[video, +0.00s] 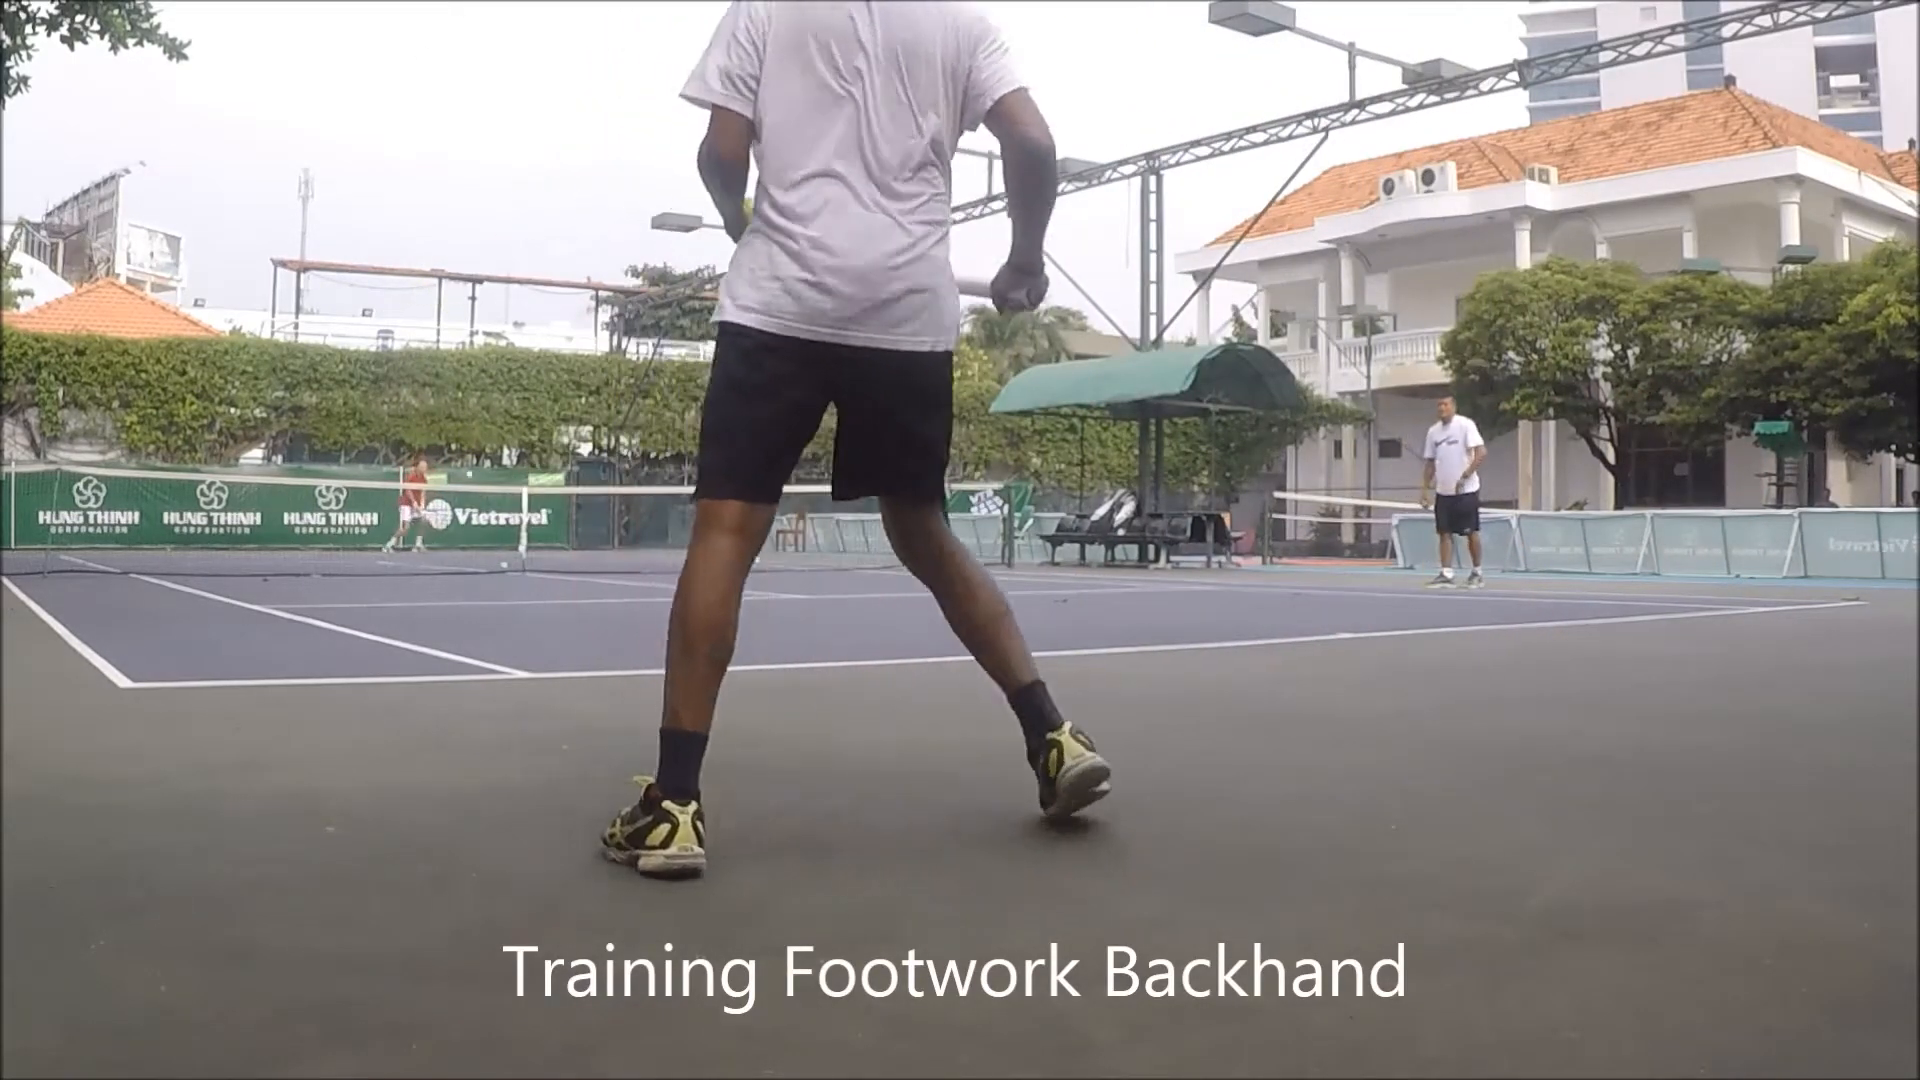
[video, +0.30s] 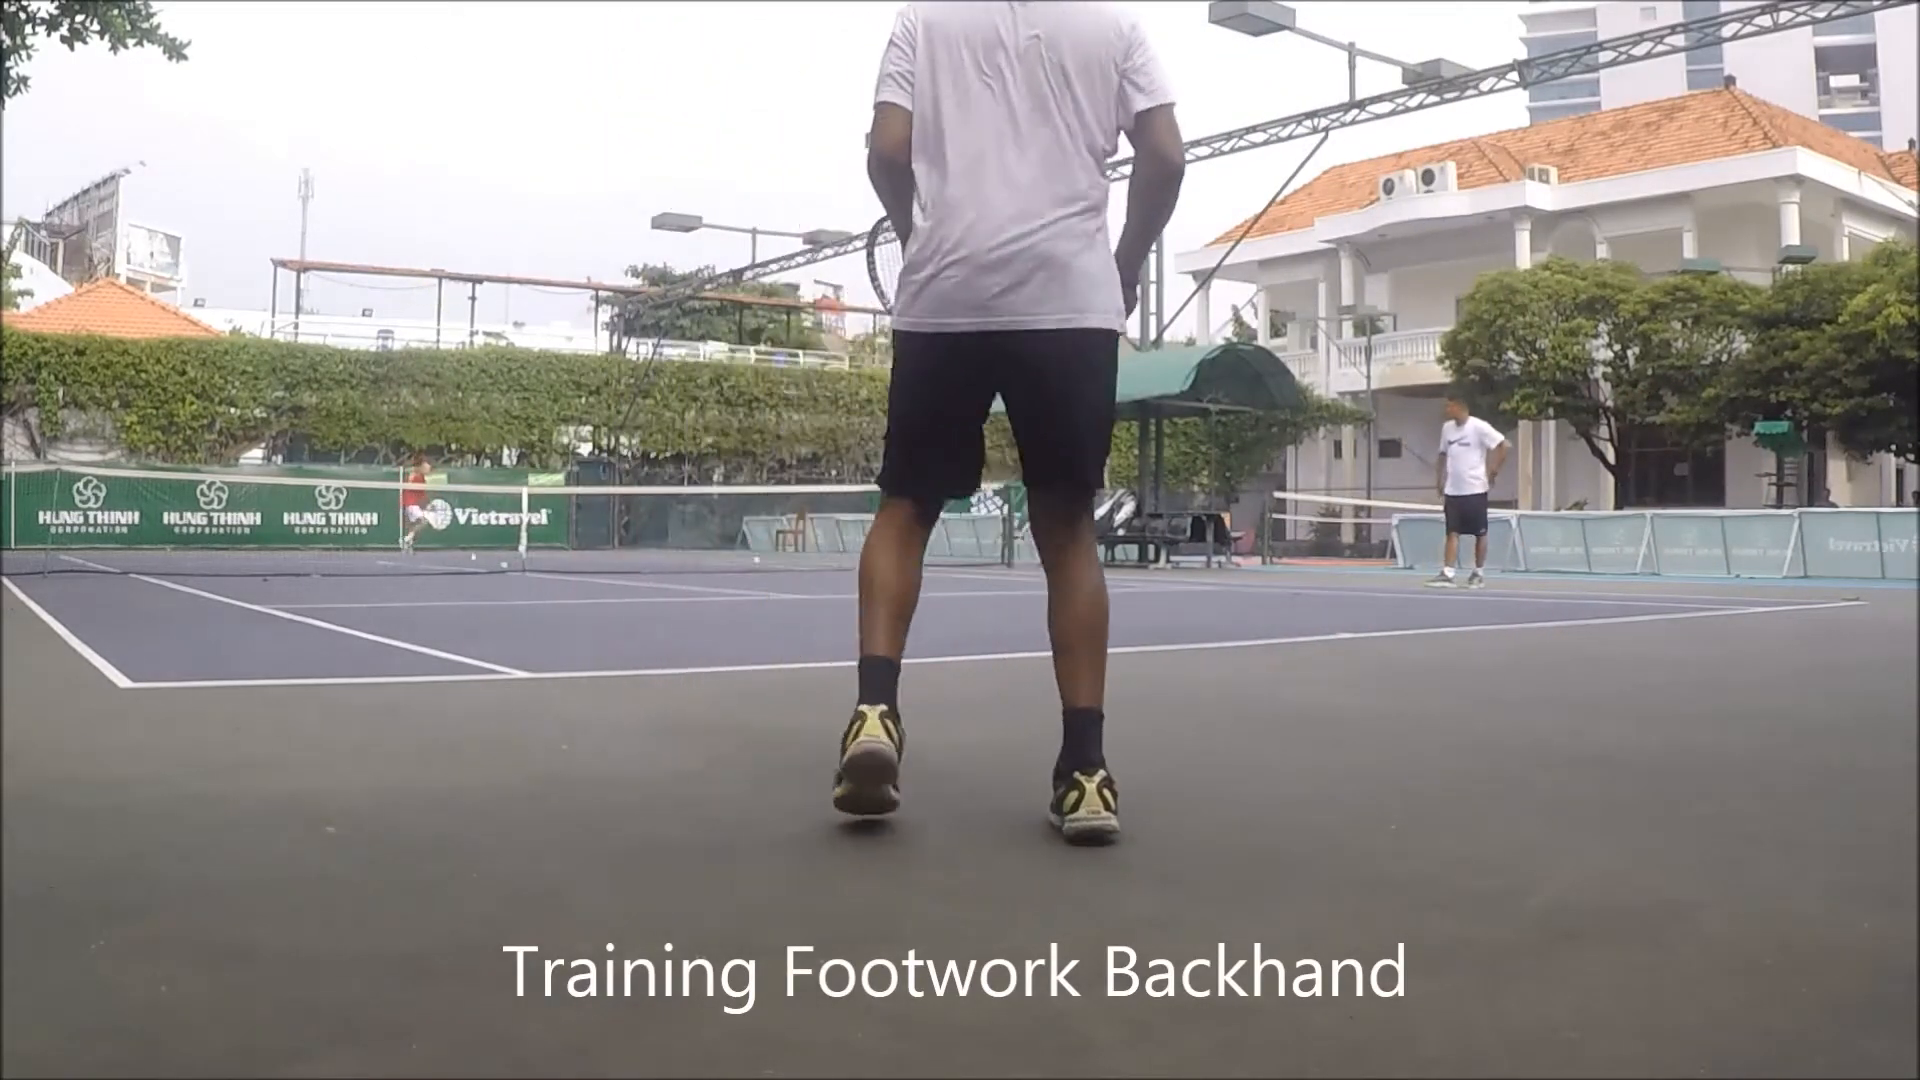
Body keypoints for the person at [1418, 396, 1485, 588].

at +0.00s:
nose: (1442, 408)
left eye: (1445, 404)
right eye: (1439, 405)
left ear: (1453, 406)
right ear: (1437, 408)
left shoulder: (1466, 425)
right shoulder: (1433, 431)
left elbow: (1480, 452)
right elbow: (1429, 463)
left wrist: (1464, 476)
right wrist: (1425, 488)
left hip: (1466, 489)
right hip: (1443, 490)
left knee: (1471, 532)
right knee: (1443, 532)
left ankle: (1476, 571)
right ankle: (1446, 572)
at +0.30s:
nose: (1447, 410)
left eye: (1450, 406)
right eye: (1447, 406)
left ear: (1461, 407)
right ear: (1452, 409)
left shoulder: (1478, 426)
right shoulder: (1447, 427)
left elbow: (1502, 445)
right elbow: (1442, 454)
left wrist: (1494, 470)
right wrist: (1440, 481)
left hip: (1475, 488)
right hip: (1452, 488)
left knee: (1480, 533)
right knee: (1452, 532)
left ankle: (1478, 572)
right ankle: (1447, 572)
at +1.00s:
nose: (1447, 410)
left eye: (1450, 406)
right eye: (1447, 406)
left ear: (1461, 407)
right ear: (1455, 408)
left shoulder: (1475, 425)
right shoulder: (1451, 426)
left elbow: (1500, 446)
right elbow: (1454, 450)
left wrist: (1484, 467)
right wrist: (1449, 469)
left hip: (1470, 487)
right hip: (1451, 487)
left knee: (1476, 533)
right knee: (1452, 533)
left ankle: (1477, 572)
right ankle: (1452, 571)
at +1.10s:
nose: (1445, 409)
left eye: (1448, 406)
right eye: (1445, 406)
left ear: (1458, 407)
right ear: (1452, 408)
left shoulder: (1472, 425)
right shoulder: (1449, 427)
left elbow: (1496, 445)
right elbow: (1453, 450)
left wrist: (1481, 467)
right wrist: (1448, 469)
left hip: (1467, 486)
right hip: (1450, 486)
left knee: (1472, 533)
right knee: (1451, 533)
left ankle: (1476, 572)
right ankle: (1451, 571)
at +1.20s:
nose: (1442, 410)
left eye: (1445, 406)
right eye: (1442, 406)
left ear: (1456, 407)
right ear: (1450, 408)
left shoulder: (1469, 425)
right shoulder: (1446, 428)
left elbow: (1493, 445)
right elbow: (1451, 451)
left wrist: (1479, 469)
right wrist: (1447, 469)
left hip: (1464, 486)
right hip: (1447, 486)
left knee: (1467, 532)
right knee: (1451, 533)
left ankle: (1475, 572)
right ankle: (1452, 571)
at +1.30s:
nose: (1440, 412)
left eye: (1443, 408)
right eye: (1440, 409)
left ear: (1453, 409)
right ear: (1446, 411)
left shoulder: (1467, 425)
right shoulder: (1443, 429)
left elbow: (1492, 445)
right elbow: (1448, 452)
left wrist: (1479, 470)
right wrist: (1444, 469)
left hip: (1463, 486)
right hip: (1446, 486)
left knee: (1463, 530)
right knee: (1449, 533)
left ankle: (1474, 571)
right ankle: (1451, 571)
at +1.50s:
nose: (1439, 413)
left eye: (1442, 409)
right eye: (1438, 410)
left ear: (1453, 409)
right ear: (1440, 412)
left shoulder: (1468, 425)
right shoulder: (1438, 430)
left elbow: (1493, 443)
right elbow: (1436, 454)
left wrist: (1481, 468)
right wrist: (1444, 471)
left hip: (1464, 485)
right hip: (1445, 487)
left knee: (1468, 530)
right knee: (1449, 533)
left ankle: (1475, 571)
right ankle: (1452, 571)